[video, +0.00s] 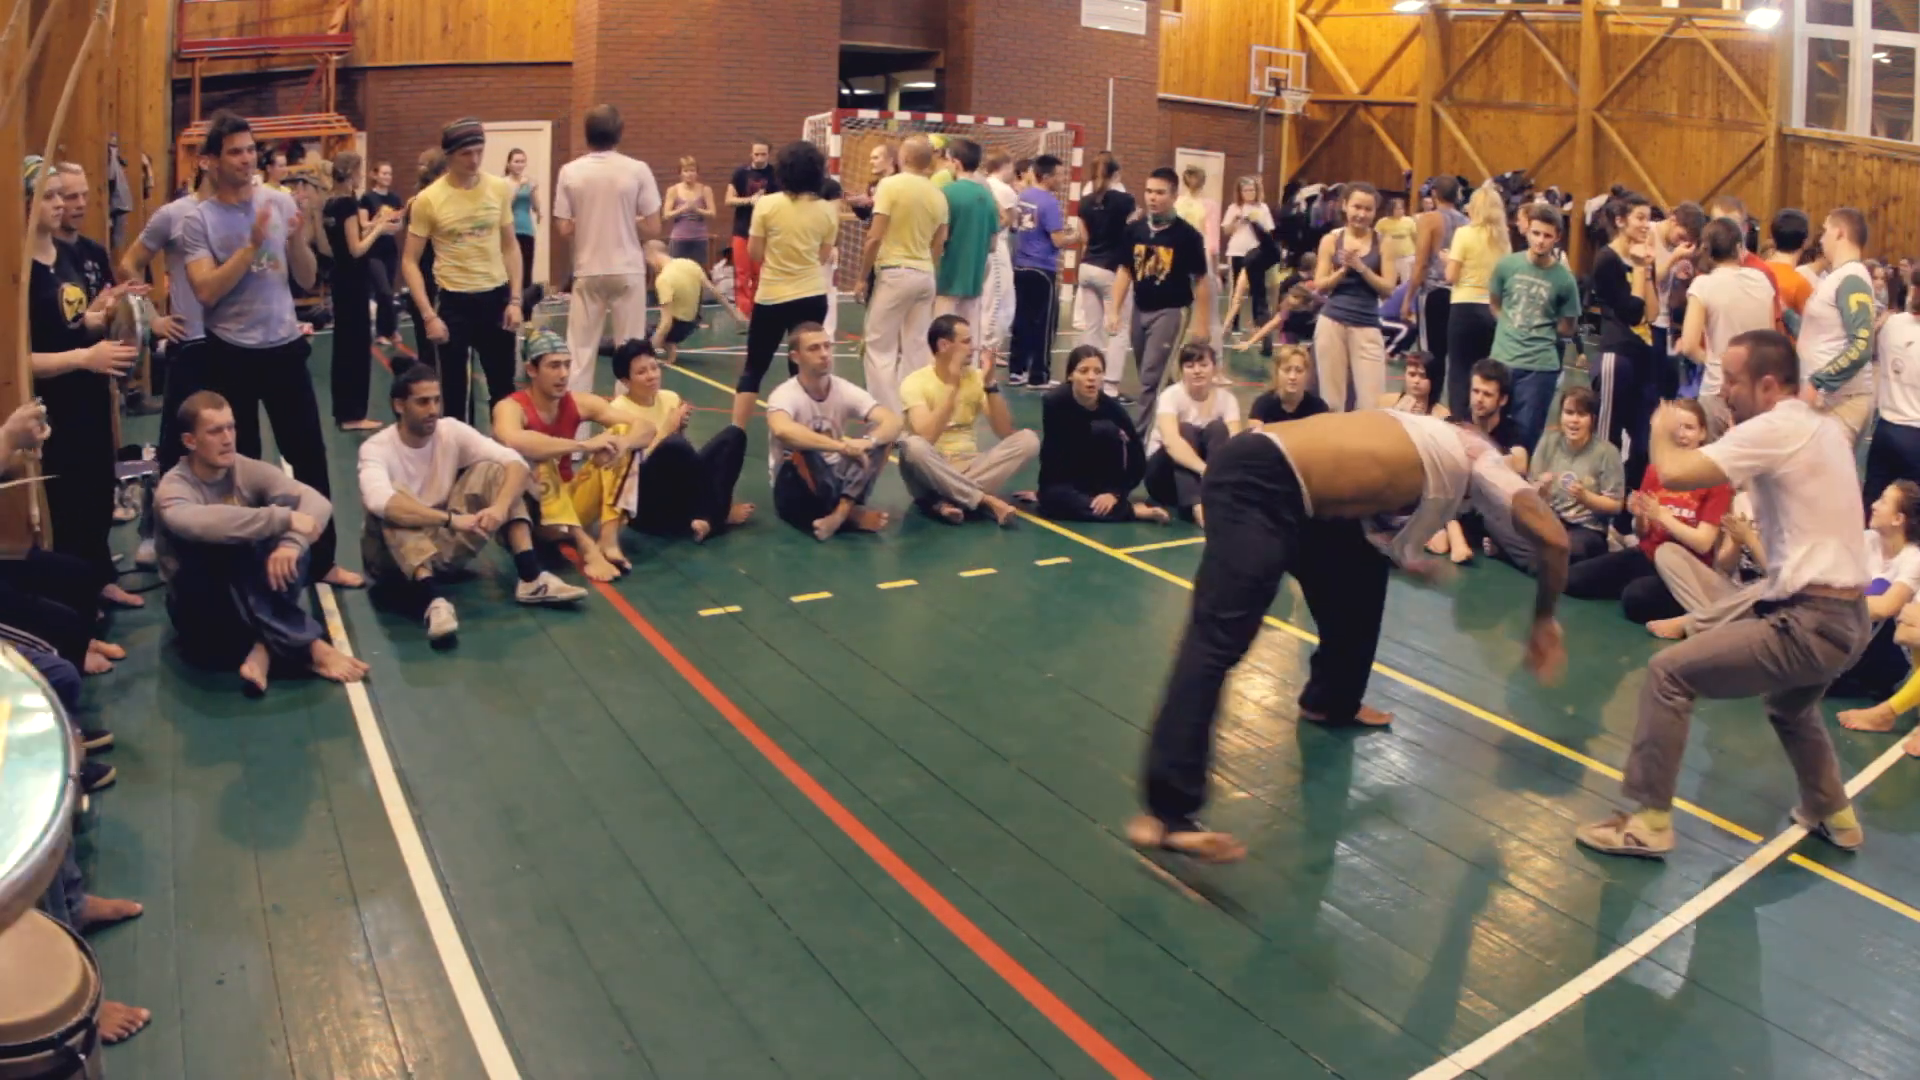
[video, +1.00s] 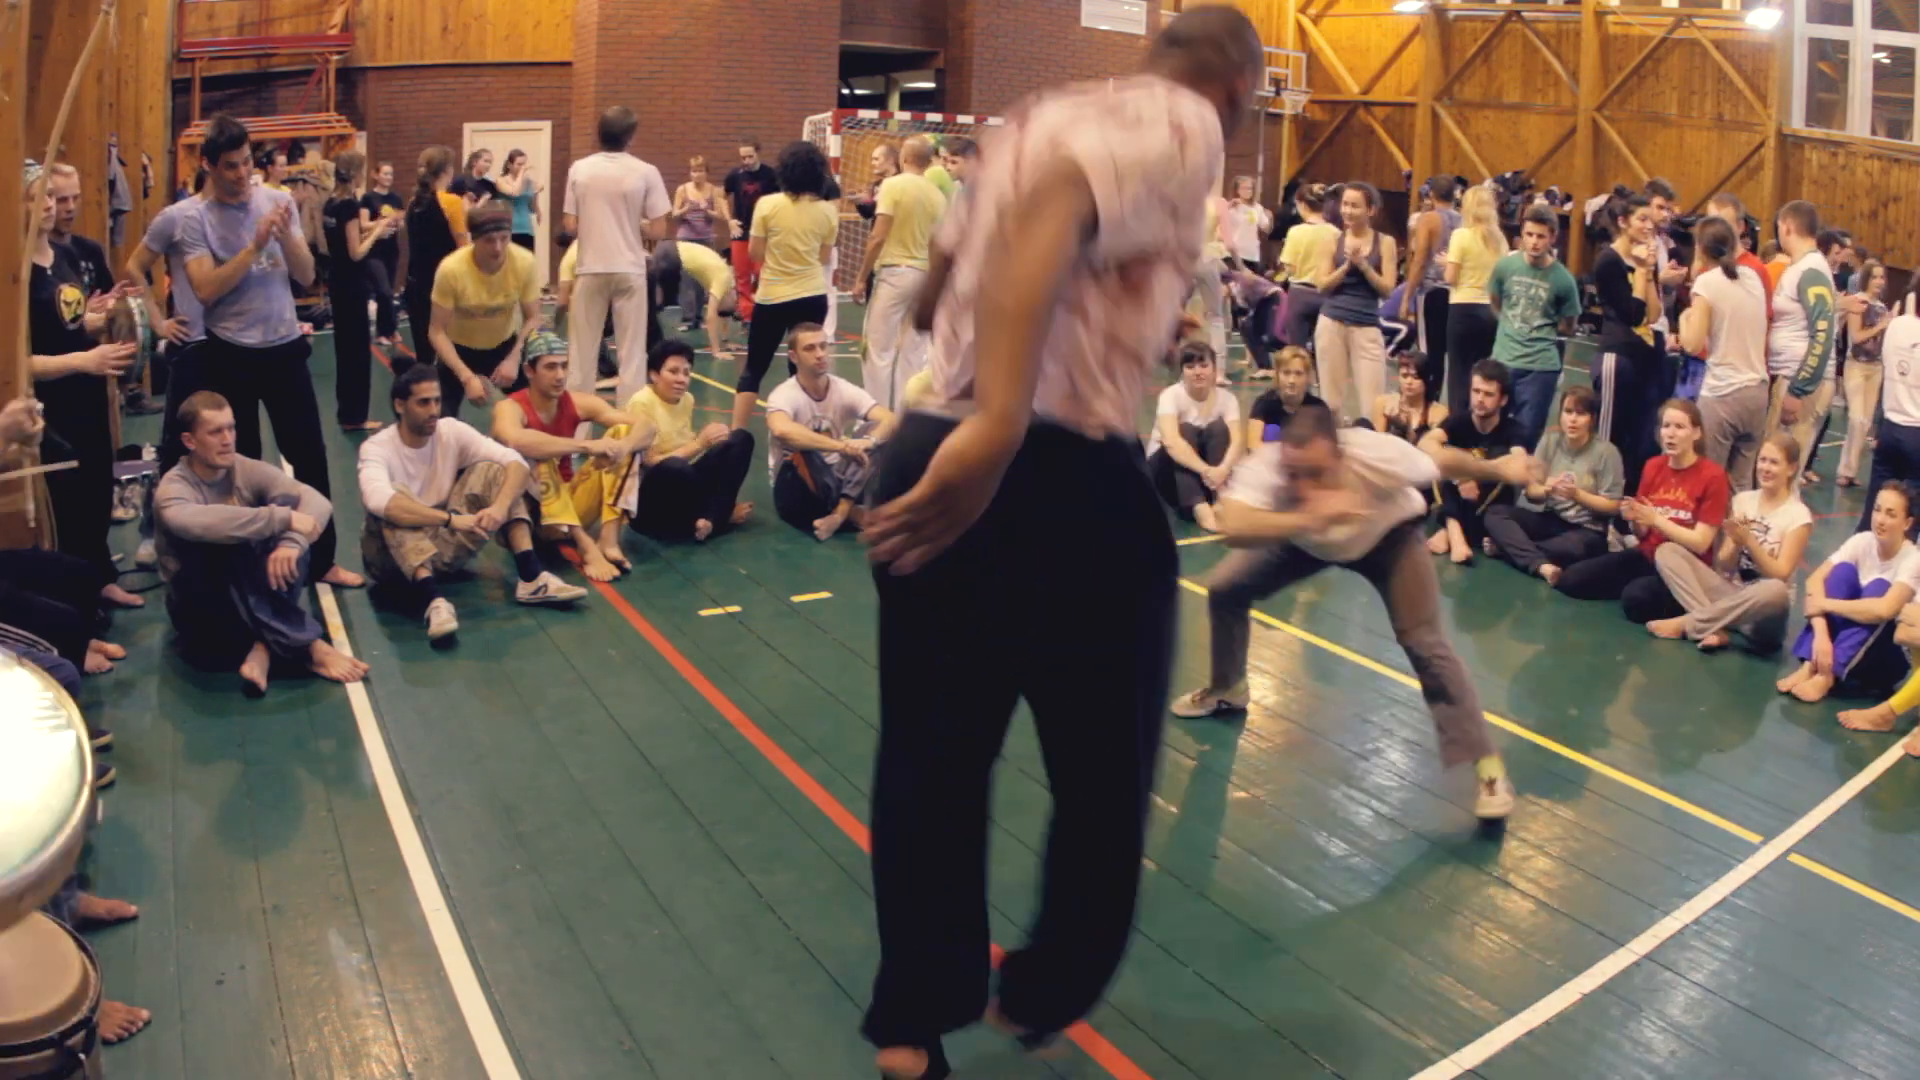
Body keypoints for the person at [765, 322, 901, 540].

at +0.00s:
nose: (824, 355)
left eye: (827, 347)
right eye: (814, 349)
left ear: (832, 349)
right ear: (795, 356)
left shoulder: (841, 388)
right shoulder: (785, 394)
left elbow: (892, 421)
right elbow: (782, 430)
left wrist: (870, 441)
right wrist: (841, 447)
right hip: (797, 495)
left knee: (881, 440)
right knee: (803, 453)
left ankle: (840, 513)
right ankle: (850, 512)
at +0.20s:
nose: (825, 354)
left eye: (827, 347)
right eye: (815, 348)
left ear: (832, 348)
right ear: (795, 356)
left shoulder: (842, 389)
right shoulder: (785, 394)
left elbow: (893, 422)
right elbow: (782, 431)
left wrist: (869, 441)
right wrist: (841, 446)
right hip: (797, 499)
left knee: (881, 438)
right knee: (804, 453)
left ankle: (840, 513)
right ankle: (851, 512)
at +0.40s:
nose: (823, 354)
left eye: (825, 346)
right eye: (813, 348)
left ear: (830, 349)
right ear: (794, 355)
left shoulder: (842, 389)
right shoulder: (784, 394)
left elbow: (893, 422)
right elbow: (782, 431)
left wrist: (869, 441)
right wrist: (841, 446)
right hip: (797, 500)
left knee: (877, 431)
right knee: (804, 453)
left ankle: (840, 512)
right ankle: (851, 512)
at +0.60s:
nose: (821, 354)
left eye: (824, 346)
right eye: (811, 348)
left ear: (829, 348)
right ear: (793, 355)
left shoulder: (842, 389)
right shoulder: (784, 394)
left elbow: (893, 422)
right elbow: (781, 431)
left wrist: (869, 440)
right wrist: (841, 446)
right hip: (797, 500)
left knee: (877, 431)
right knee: (803, 452)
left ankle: (840, 512)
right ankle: (851, 511)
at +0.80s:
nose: (820, 354)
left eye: (823, 347)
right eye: (810, 348)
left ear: (828, 349)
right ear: (793, 355)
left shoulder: (842, 389)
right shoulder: (784, 394)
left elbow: (893, 422)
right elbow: (781, 431)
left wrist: (870, 440)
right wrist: (841, 446)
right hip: (797, 500)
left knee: (878, 430)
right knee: (804, 452)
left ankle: (840, 512)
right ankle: (852, 511)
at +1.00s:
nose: (820, 355)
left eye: (823, 347)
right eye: (810, 349)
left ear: (829, 349)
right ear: (793, 355)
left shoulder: (841, 389)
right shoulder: (784, 394)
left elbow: (889, 419)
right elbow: (781, 431)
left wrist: (870, 441)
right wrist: (840, 446)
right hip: (797, 496)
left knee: (876, 437)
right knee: (803, 456)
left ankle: (840, 513)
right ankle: (852, 512)